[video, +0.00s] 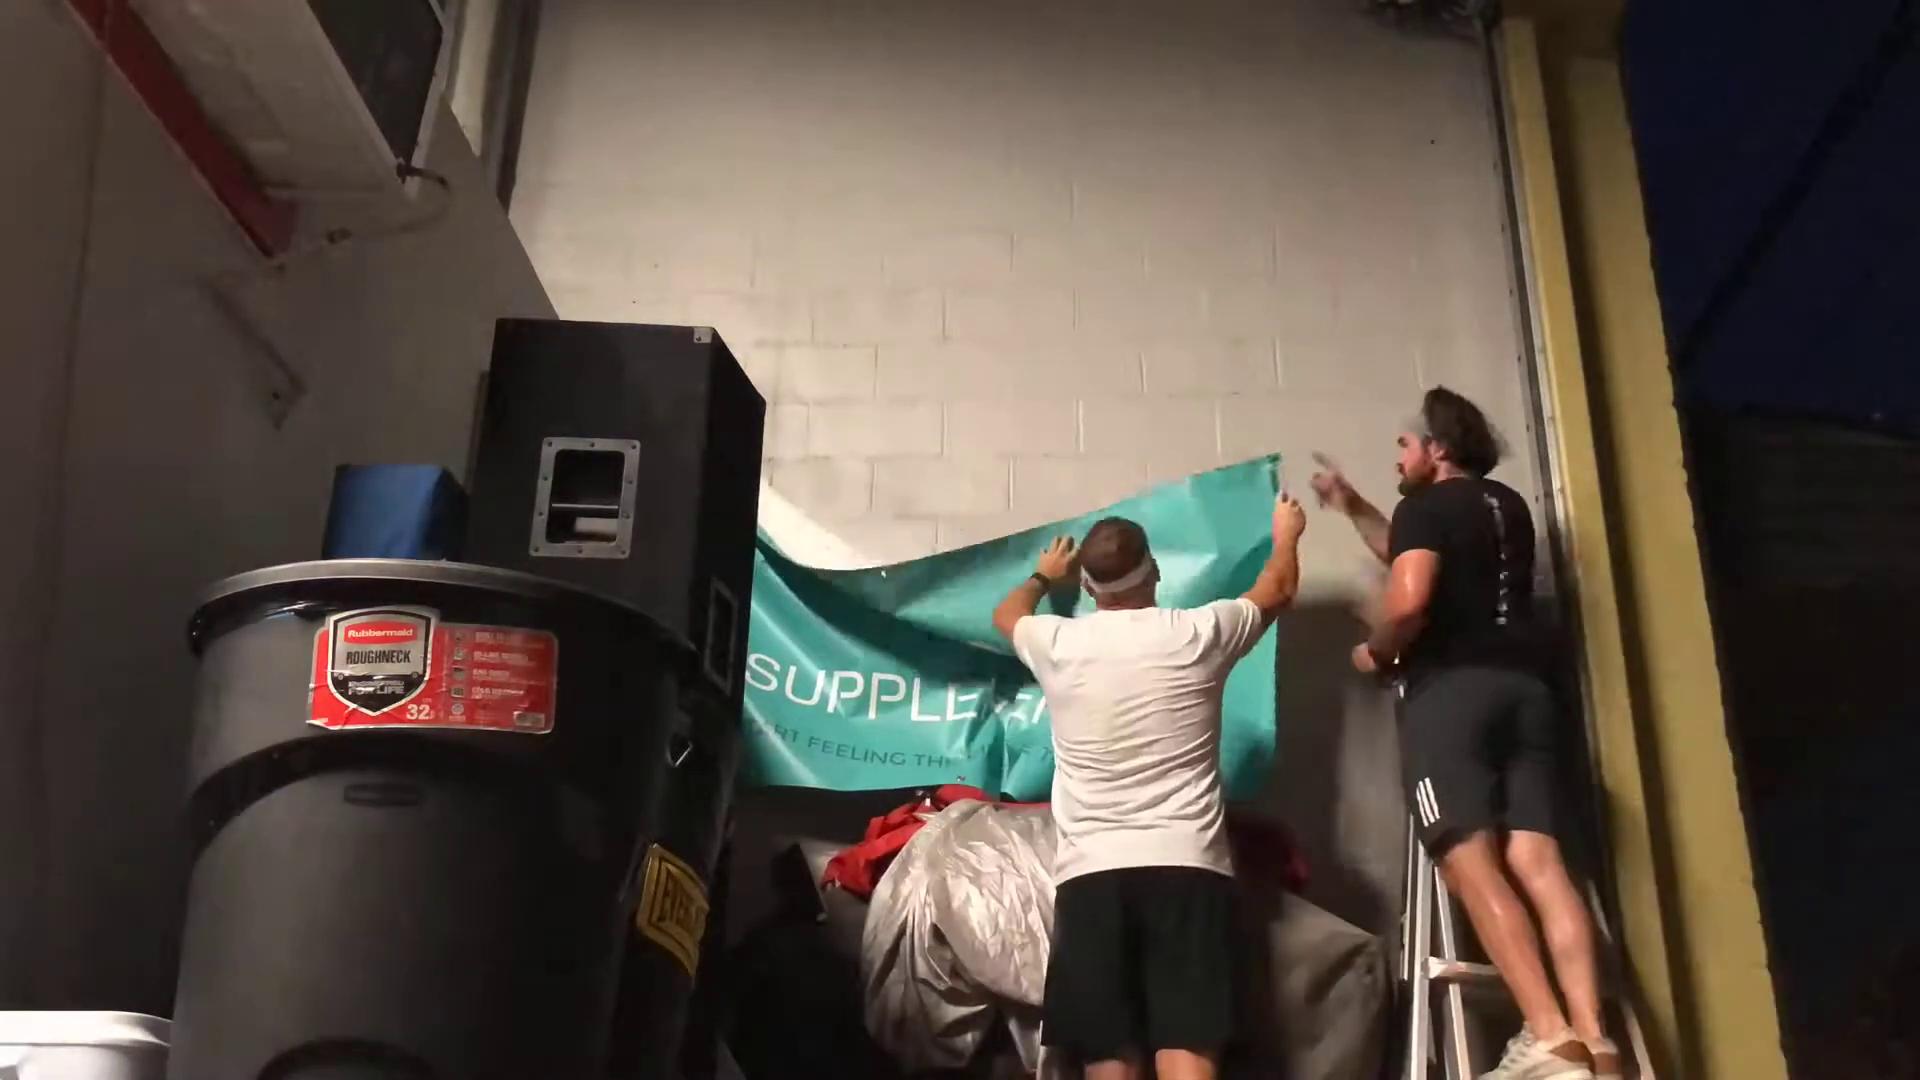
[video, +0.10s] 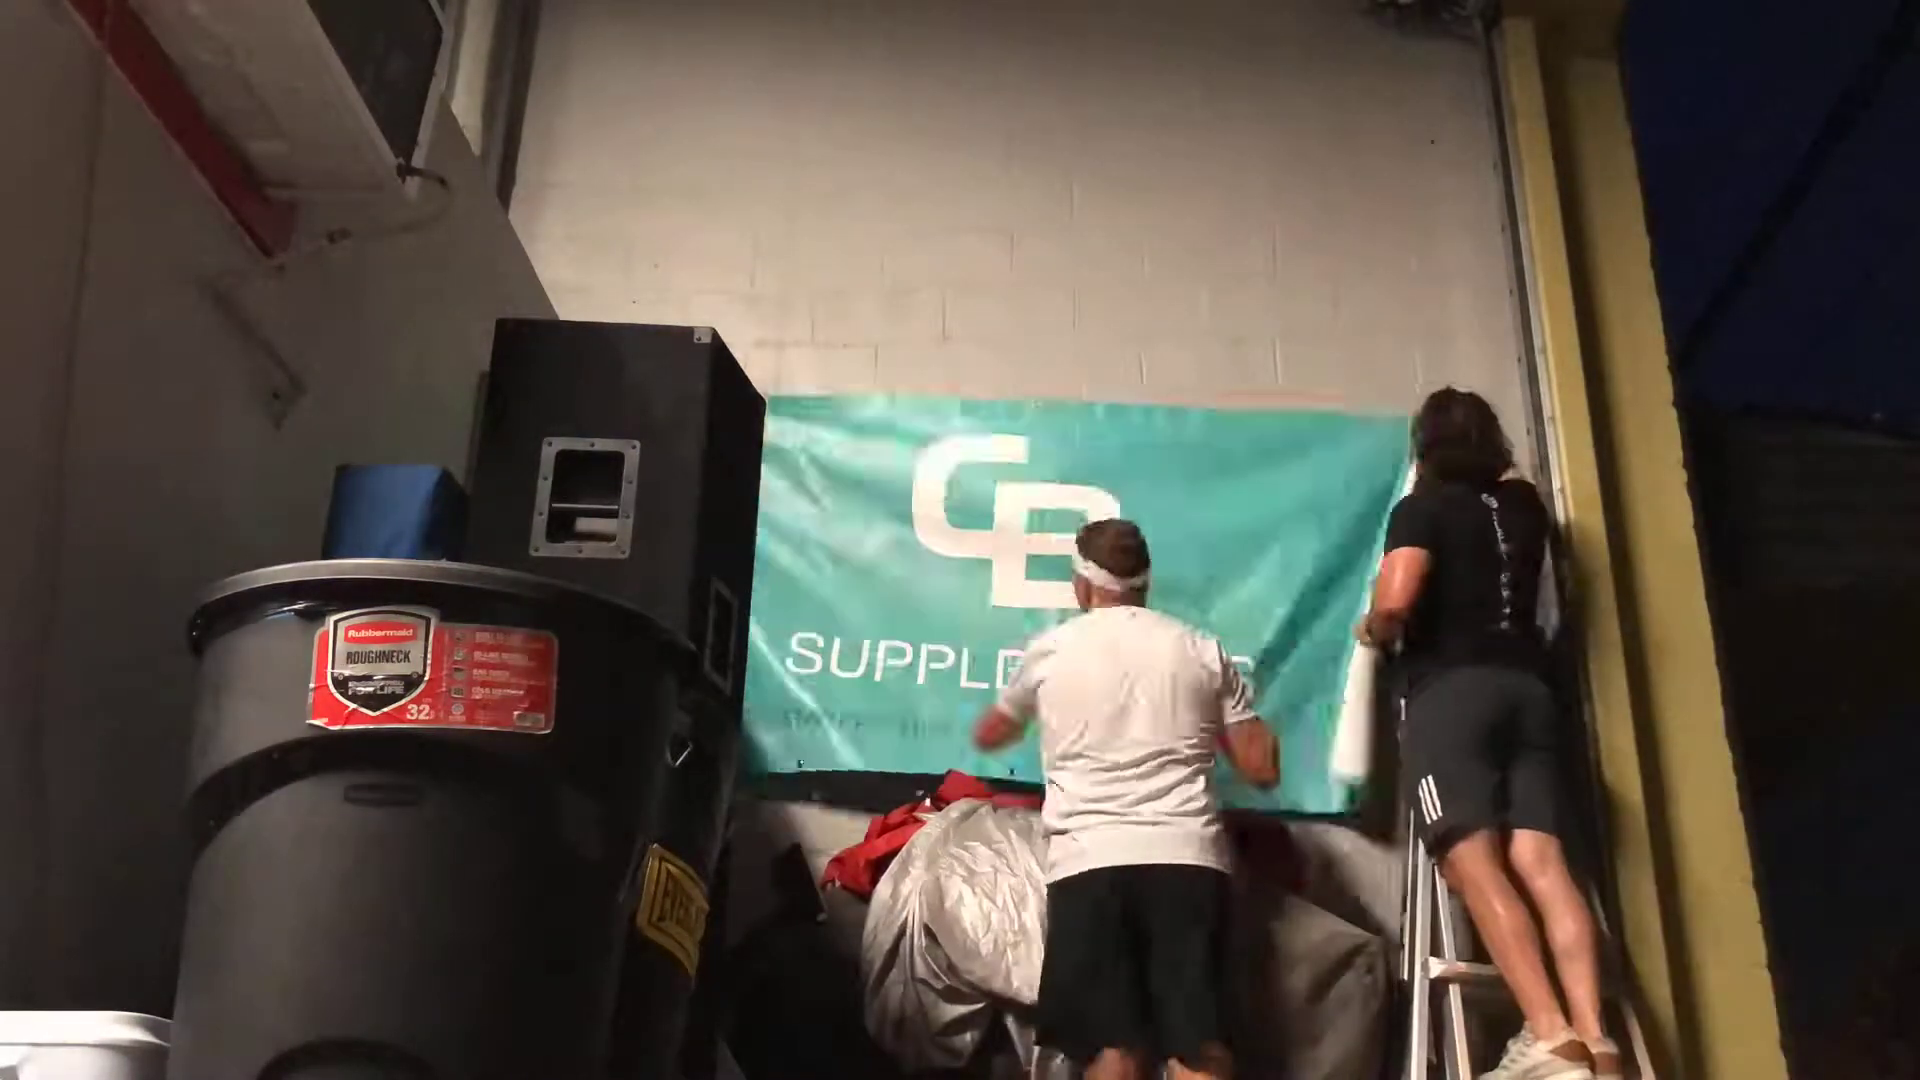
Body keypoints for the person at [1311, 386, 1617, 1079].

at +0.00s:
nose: (1397, 455)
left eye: (1404, 444)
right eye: (1399, 444)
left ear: (1434, 452)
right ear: (1462, 454)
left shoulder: (1426, 507)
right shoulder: (1509, 506)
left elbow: (1408, 603)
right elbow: (1414, 560)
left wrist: (1377, 651)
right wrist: (1354, 507)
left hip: (1451, 689)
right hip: (1525, 685)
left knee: (1475, 872)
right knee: (1540, 861)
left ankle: (1550, 1033)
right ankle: (1593, 1034)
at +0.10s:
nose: (1417, 454)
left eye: (1418, 444)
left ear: (1425, 449)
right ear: (1495, 446)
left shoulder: (1424, 507)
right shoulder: (1525, 505)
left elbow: (1394, 606)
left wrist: (1375, 630)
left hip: (1452, 687)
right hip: (1528, 682)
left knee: (1481, 876)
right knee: (1544, 864)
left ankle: (1548, 1032)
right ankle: (1591, 1032)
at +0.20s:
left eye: (1408, 437)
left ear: (1409, 448)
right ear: (1480, 443)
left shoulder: (1402, 514)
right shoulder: (1525, 506)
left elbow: (1368, 615)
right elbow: (1532, 579)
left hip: (1447, 691)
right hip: (1527, 686)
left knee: (1480, 873)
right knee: (1544, 862)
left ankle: (1548, 1032)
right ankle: (1593, 1032)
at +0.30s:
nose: (1402, 459)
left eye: (1404, 447)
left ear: (1411, 453)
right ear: (1482, 451)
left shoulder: (1399, 512)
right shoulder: (1517, 508)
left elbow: (1330, 592)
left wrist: (1316, 638)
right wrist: (1474, 451)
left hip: (1446, 687)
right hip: (1527, 681)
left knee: (1472, 867)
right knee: (1540, 859)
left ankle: (1548, 1031)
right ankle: (1596, 1038)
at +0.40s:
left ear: (1423, 449)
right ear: (1492, 449)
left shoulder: (1394, 493)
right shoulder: (1522, 500)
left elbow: (1373, 455)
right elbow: (1506, 474)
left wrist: (1402, 411)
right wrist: (1470, 439)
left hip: (1438, 678)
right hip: (1521, 673)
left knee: (1476, 859)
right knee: (1538, 849)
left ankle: (1544, 1027)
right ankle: (1590, 1026)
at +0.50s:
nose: (1478, 439)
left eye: (1480, 436)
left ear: (1477, 455)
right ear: (1540, 466)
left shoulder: (1430, 497)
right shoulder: (1548, 520)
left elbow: (1384, 444)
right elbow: (1515, 483)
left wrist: (1399, 396)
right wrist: (1478, 442)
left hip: (1458, 678)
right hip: (1535, 677)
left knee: (1493, 858)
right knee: (1556, 845)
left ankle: (1543, 1024)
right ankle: (1596, 1021)